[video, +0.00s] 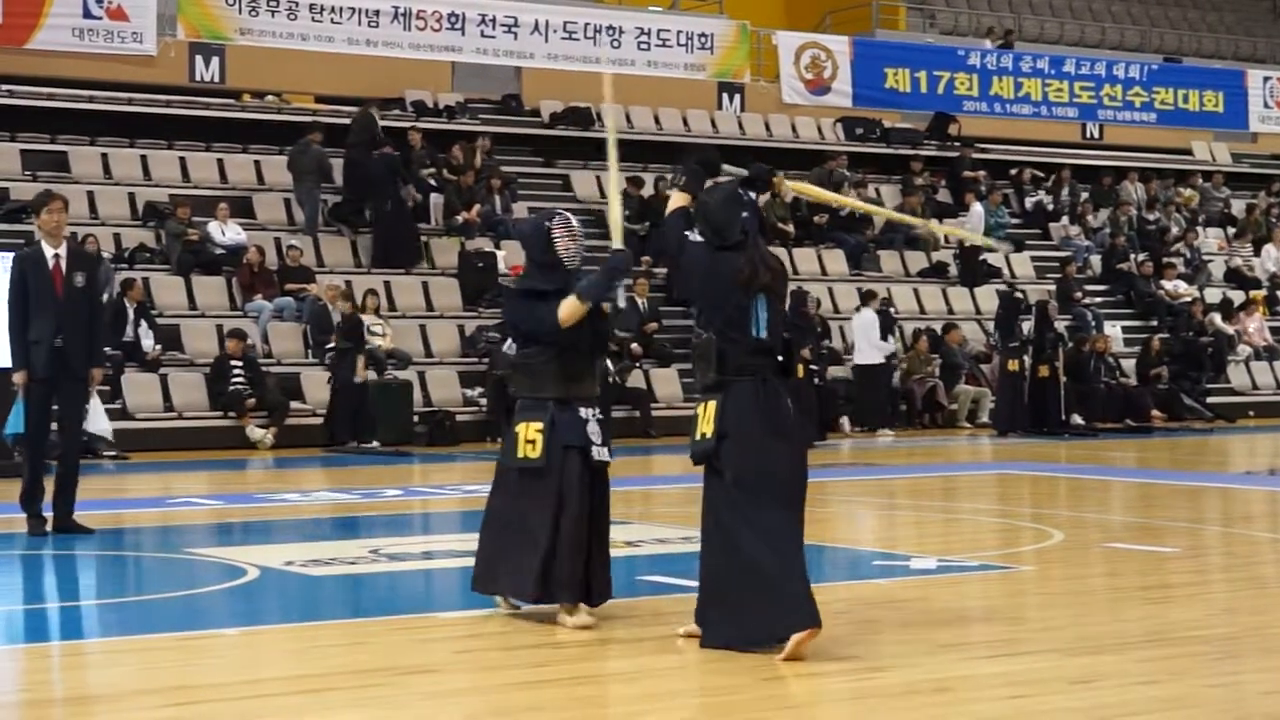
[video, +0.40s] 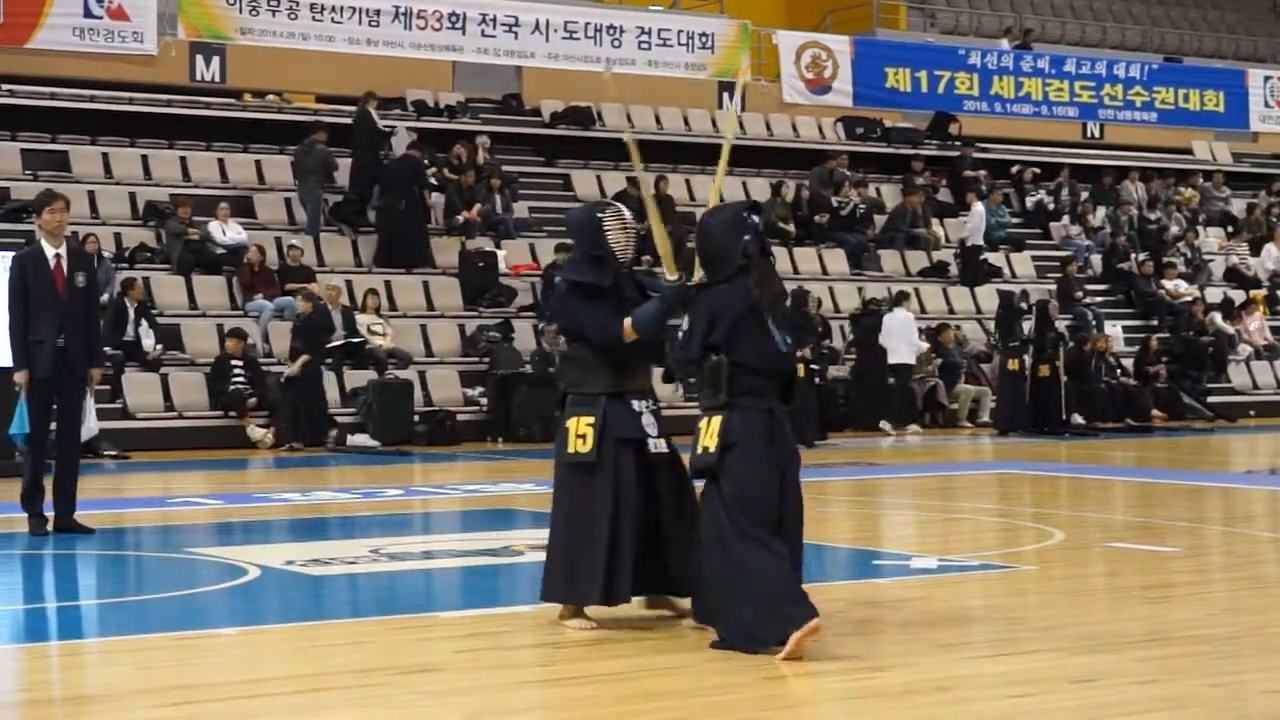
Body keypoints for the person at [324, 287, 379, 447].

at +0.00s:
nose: (338, 306)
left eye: (341, 303)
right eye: (337, 303)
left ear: (349, 303)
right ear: (338, 304)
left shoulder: (355, 320)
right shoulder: (342, 321)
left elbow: (360, 346)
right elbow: (339, 343)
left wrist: (360, 368)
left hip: (353, 361)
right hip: (341, 362)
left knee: (357, 397)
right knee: (343, 397)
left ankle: (365, 436)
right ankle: (347, 438)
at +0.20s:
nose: (318, 306)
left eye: (322, 303)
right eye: (318, 302)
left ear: (330, 305)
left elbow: (323, 350)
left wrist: (309, 367)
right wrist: (311, 359)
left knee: (313, 399)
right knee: (337, 402)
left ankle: (309, 436)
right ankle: (338, 436)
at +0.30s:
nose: (310, 308)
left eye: (313, 305)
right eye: (310, 304)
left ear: (320, 307)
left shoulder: (317, 323)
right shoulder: (320, 320)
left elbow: (315, 351)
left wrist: (299, 364)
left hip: (320, 365)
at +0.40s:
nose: (298, 305)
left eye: (301, 302)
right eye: (298, 302)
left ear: (310, 303)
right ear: (303, 304)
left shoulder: (313, 320)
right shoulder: (302, 319)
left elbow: (314, 348)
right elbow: (297, 342)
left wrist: (299, 363)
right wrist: (291, 359)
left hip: (309, 363)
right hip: (299, 362)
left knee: (301, 398)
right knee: (312, 399)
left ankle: (300, 437)